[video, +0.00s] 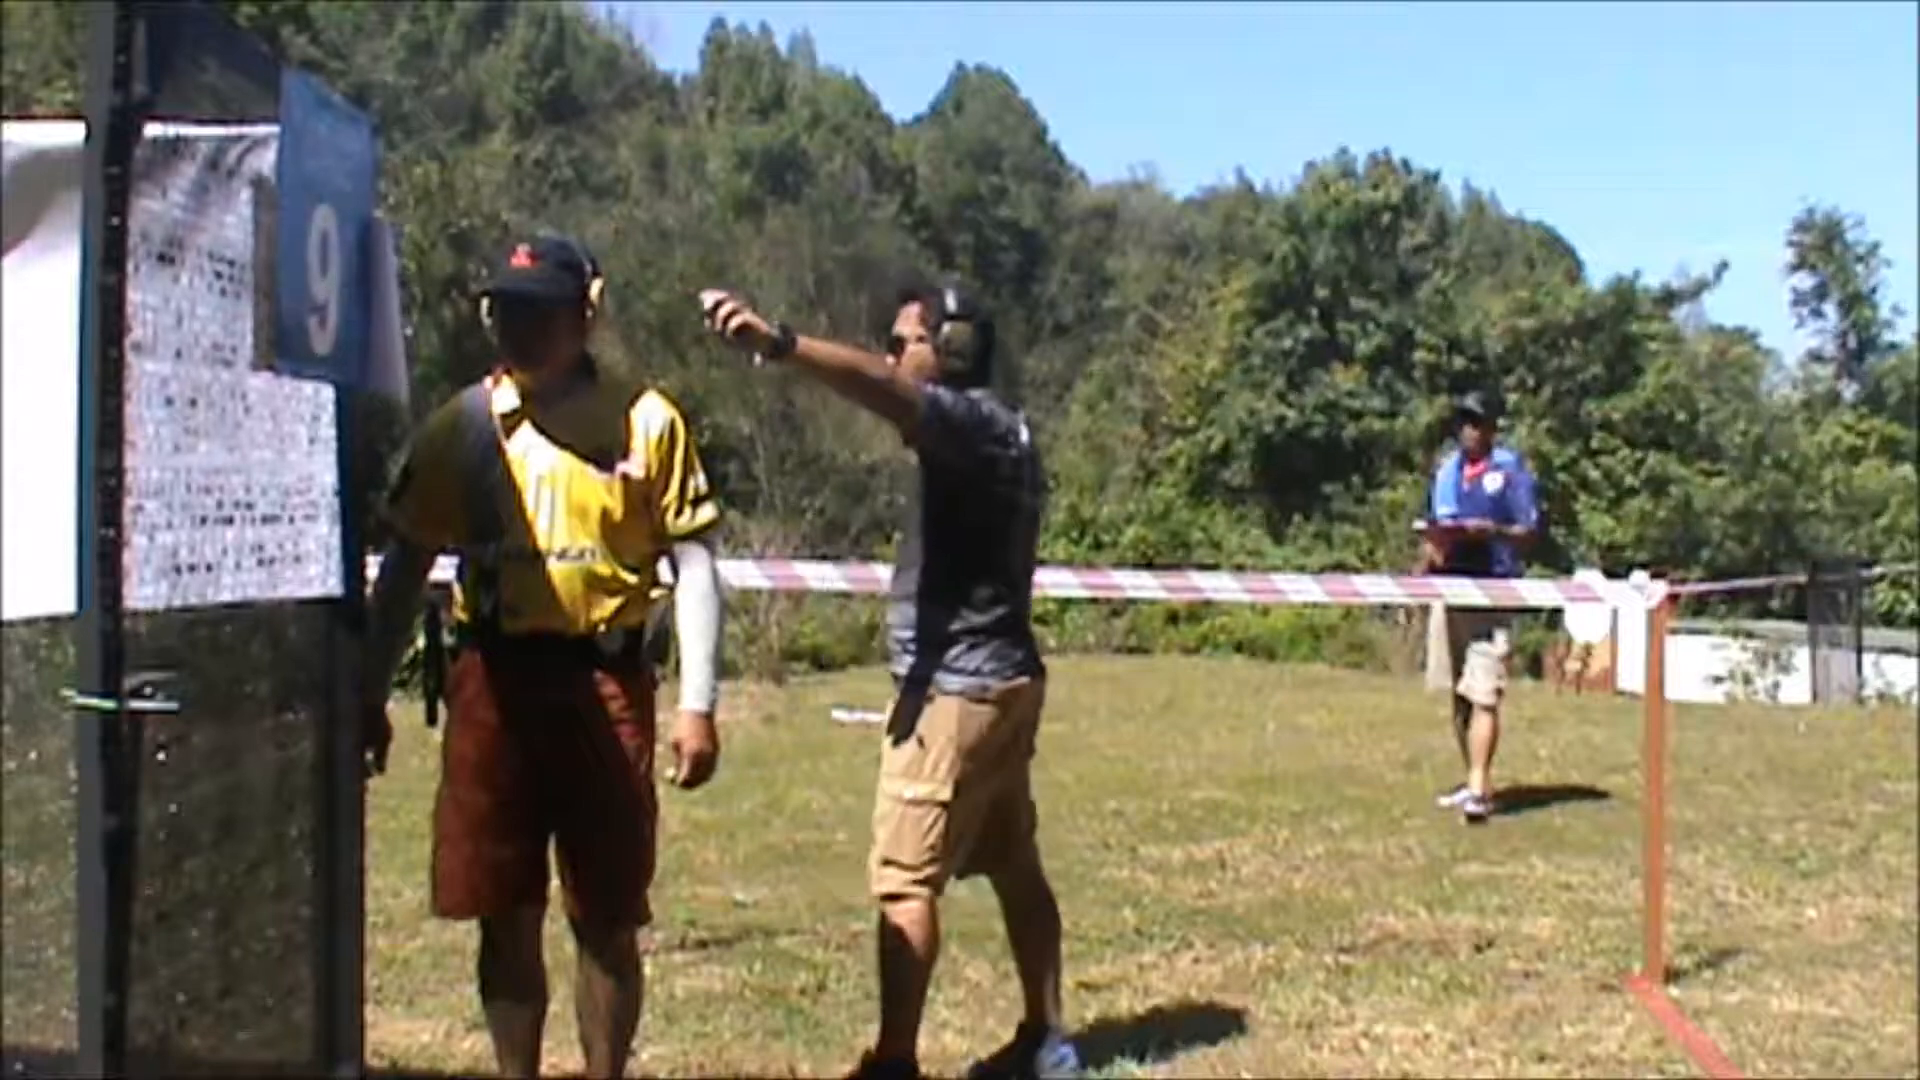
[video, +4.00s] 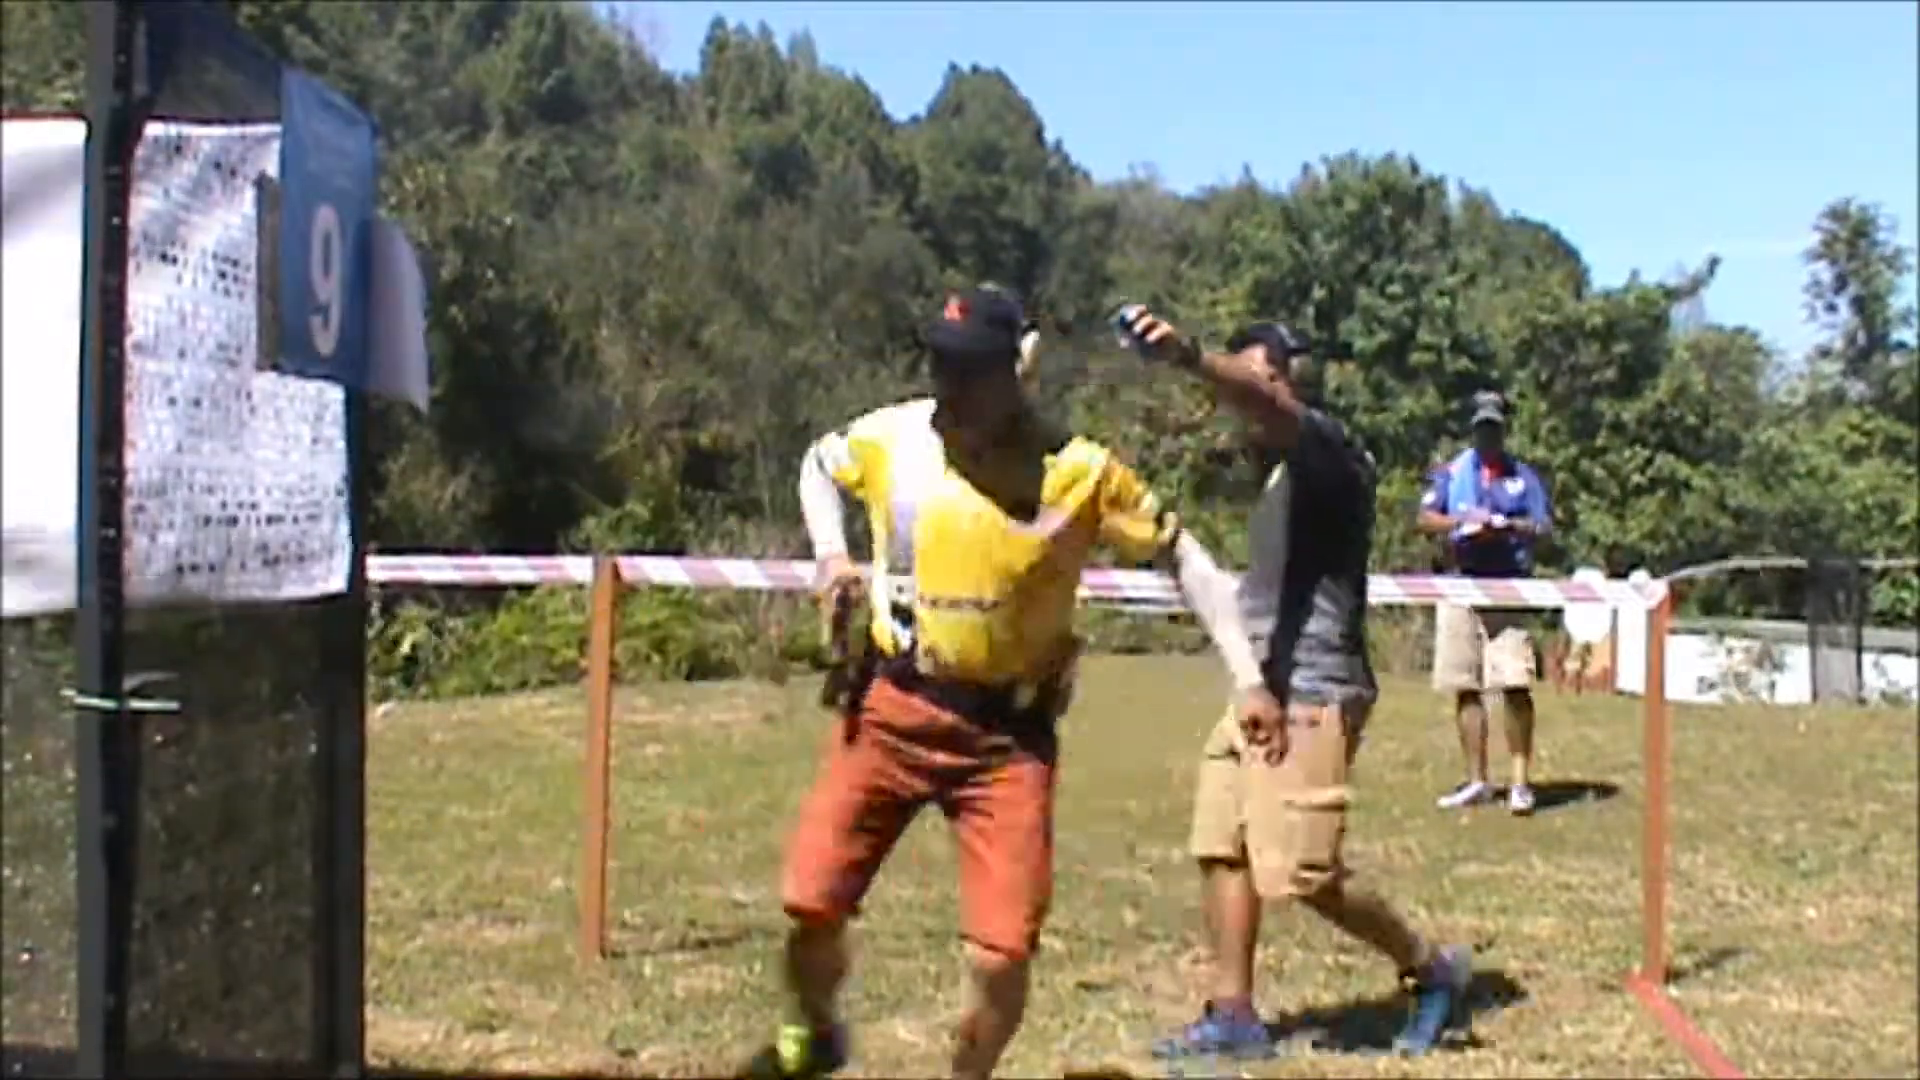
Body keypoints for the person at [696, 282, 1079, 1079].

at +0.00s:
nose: (893, 357)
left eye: (906, 345)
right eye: (896, 343)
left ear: (947, 352)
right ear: (967, 354)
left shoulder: (964, 421)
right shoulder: (1010, 430)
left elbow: (878, 382)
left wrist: (780, 341)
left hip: (959, 678)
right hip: (1006, 674)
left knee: (905, 877)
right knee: (1016, 867)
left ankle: (893, 1054)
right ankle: (1045, 1034)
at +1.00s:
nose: (869, 353)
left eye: (882, 339)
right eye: (870, 338)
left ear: (931, 343)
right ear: (952, 345)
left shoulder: (938, 414)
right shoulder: (1014, 425)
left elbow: (852, 382)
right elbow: (1021, 566)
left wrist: (738, 336)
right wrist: (1006, 648)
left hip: (944, 676)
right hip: (1008, 671)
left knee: (942, 877)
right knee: (1008, 861)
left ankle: (955, 1054)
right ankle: (1043, 1033)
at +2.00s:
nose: (855, 357)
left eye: (868, 342)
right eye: (856, 341)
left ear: (919, 344)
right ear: (937, 347)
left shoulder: (932, 414)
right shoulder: (1001, 421)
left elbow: (842, 379)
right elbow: (1014, 560)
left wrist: (734, 335)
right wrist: (993, 643)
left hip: (941, 676)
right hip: (996, 670)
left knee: (939, 876)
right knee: (994, 865)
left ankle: (953, 1054)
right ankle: (1038, 1029)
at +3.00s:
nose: (867, 360)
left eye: (876, 344)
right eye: (864, 344)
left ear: (921, 340)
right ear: (947, 342)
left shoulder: (932, 410)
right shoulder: (1013, 418)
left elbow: (852, 382)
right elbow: (1040, 549)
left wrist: (732, 338)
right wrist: (1024, 641)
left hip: (955, 677)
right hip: (1015, 670)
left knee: (945, 876)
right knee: (1002, 868)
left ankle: (953, 1054)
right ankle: (1036, 1027)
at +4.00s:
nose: (1240, 399)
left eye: (1251, 384)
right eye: (1236, 387)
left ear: (1285, 377)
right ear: (1251, 384)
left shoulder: (1332, 455)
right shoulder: (1281, 471)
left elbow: (1265, 405)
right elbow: (1280, 591)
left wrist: (1188, 356)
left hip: (1321, 689)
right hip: (1267, 685)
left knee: (1299, 871)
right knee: (1223, 848)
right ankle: (1232, 1014)